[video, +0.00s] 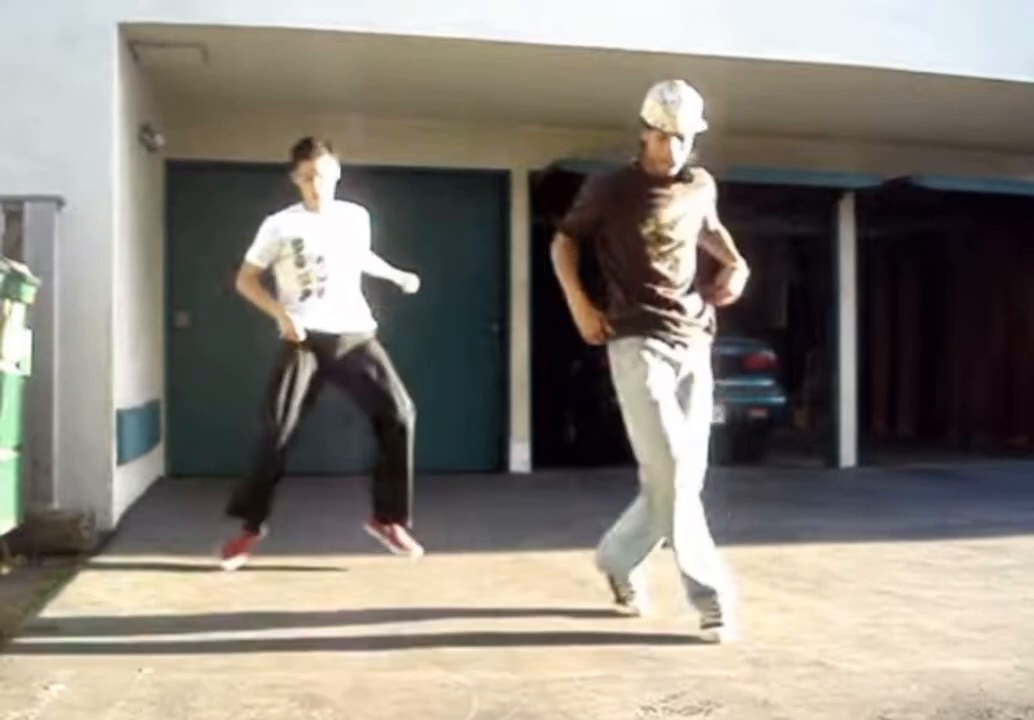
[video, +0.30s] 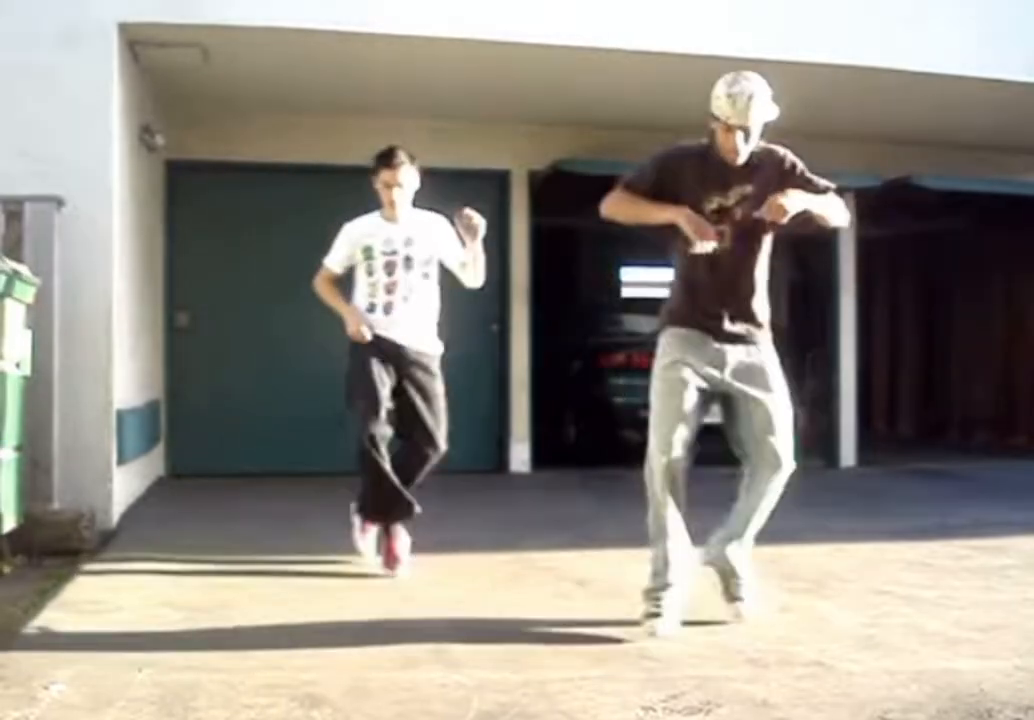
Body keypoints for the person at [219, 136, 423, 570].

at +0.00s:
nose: (316, 185)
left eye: (323, 176)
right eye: (307, 177)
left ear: (336, 176)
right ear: (295, 180)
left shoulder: (355, 218)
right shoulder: (278, 226)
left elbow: (360, 258)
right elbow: (245, 281)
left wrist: (397, 276)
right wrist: (279, 313)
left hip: (356, 338)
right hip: (305, 340)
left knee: (399, 416)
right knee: (277, 432)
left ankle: (388, 520)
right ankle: (251, 529)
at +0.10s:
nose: (345, 194)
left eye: (352, 185)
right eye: (338, 186)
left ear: (366, 185)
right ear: (326, 188)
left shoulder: (388, 233)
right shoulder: (306, 234)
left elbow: (394, 282)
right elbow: (280, 286)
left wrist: (409, 313)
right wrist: (297, 321)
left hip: (373, 344)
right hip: (323, 343)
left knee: (390, 434)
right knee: (325, 432)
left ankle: (348, 512)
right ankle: (350, 520)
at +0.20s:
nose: (378, 204)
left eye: (385, 195)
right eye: (371, 196)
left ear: (400, 194)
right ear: (360, 197)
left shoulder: (420, 241)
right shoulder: (342, 243)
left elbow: (442, 305)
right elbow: (313, 297)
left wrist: (452, 278)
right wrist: (334, 331)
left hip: (403, 358)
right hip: (357, 353)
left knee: (393, 453)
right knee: (370, 446)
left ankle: (336, 522)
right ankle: (406, 536)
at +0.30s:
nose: (394, 193)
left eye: (401, 185)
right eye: (387, 185)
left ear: (415, 185)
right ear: (376, 186)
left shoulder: (435, 228)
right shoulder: (357, 231)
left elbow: (474, 278)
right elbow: (322, 280)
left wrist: (473, 243)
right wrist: (349, 313)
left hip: (421, 346)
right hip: (372, 341)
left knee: (431, 441)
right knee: (373, 430)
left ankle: (369, 509)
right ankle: (395, 524)